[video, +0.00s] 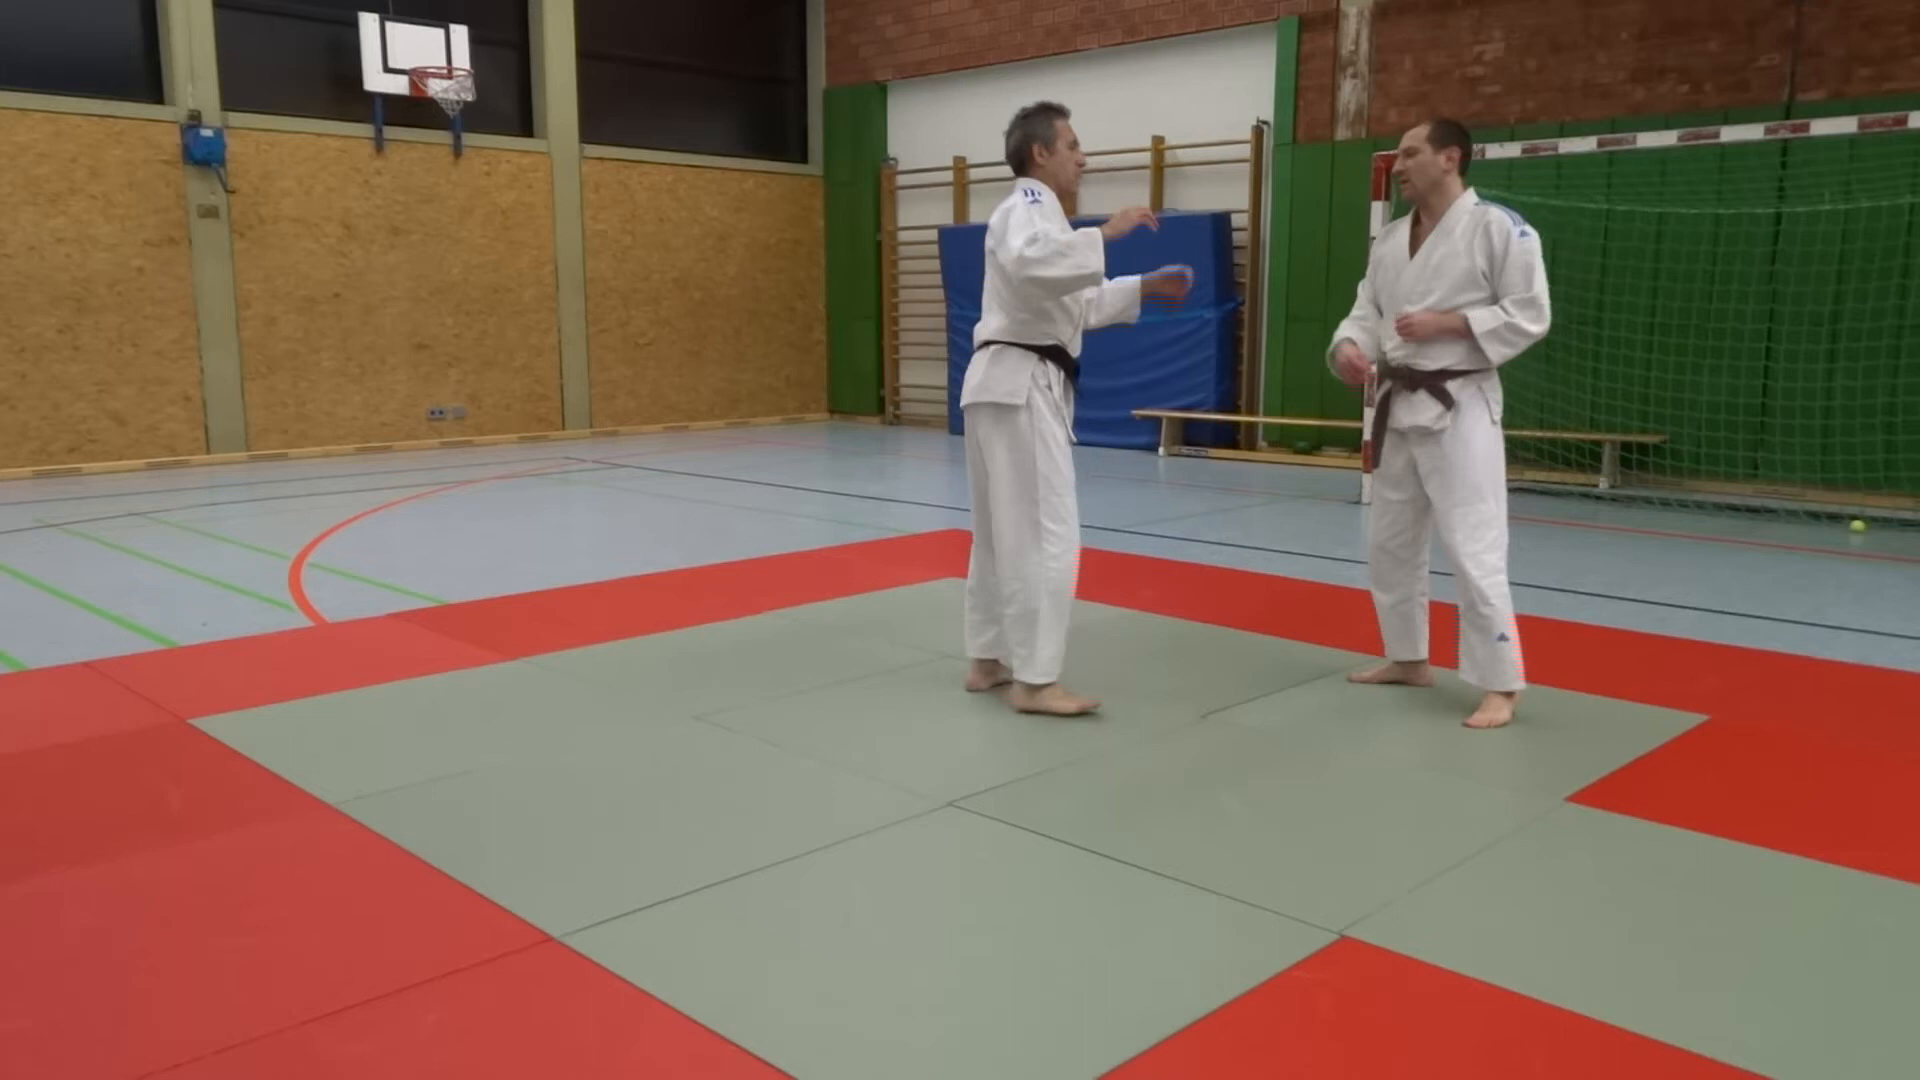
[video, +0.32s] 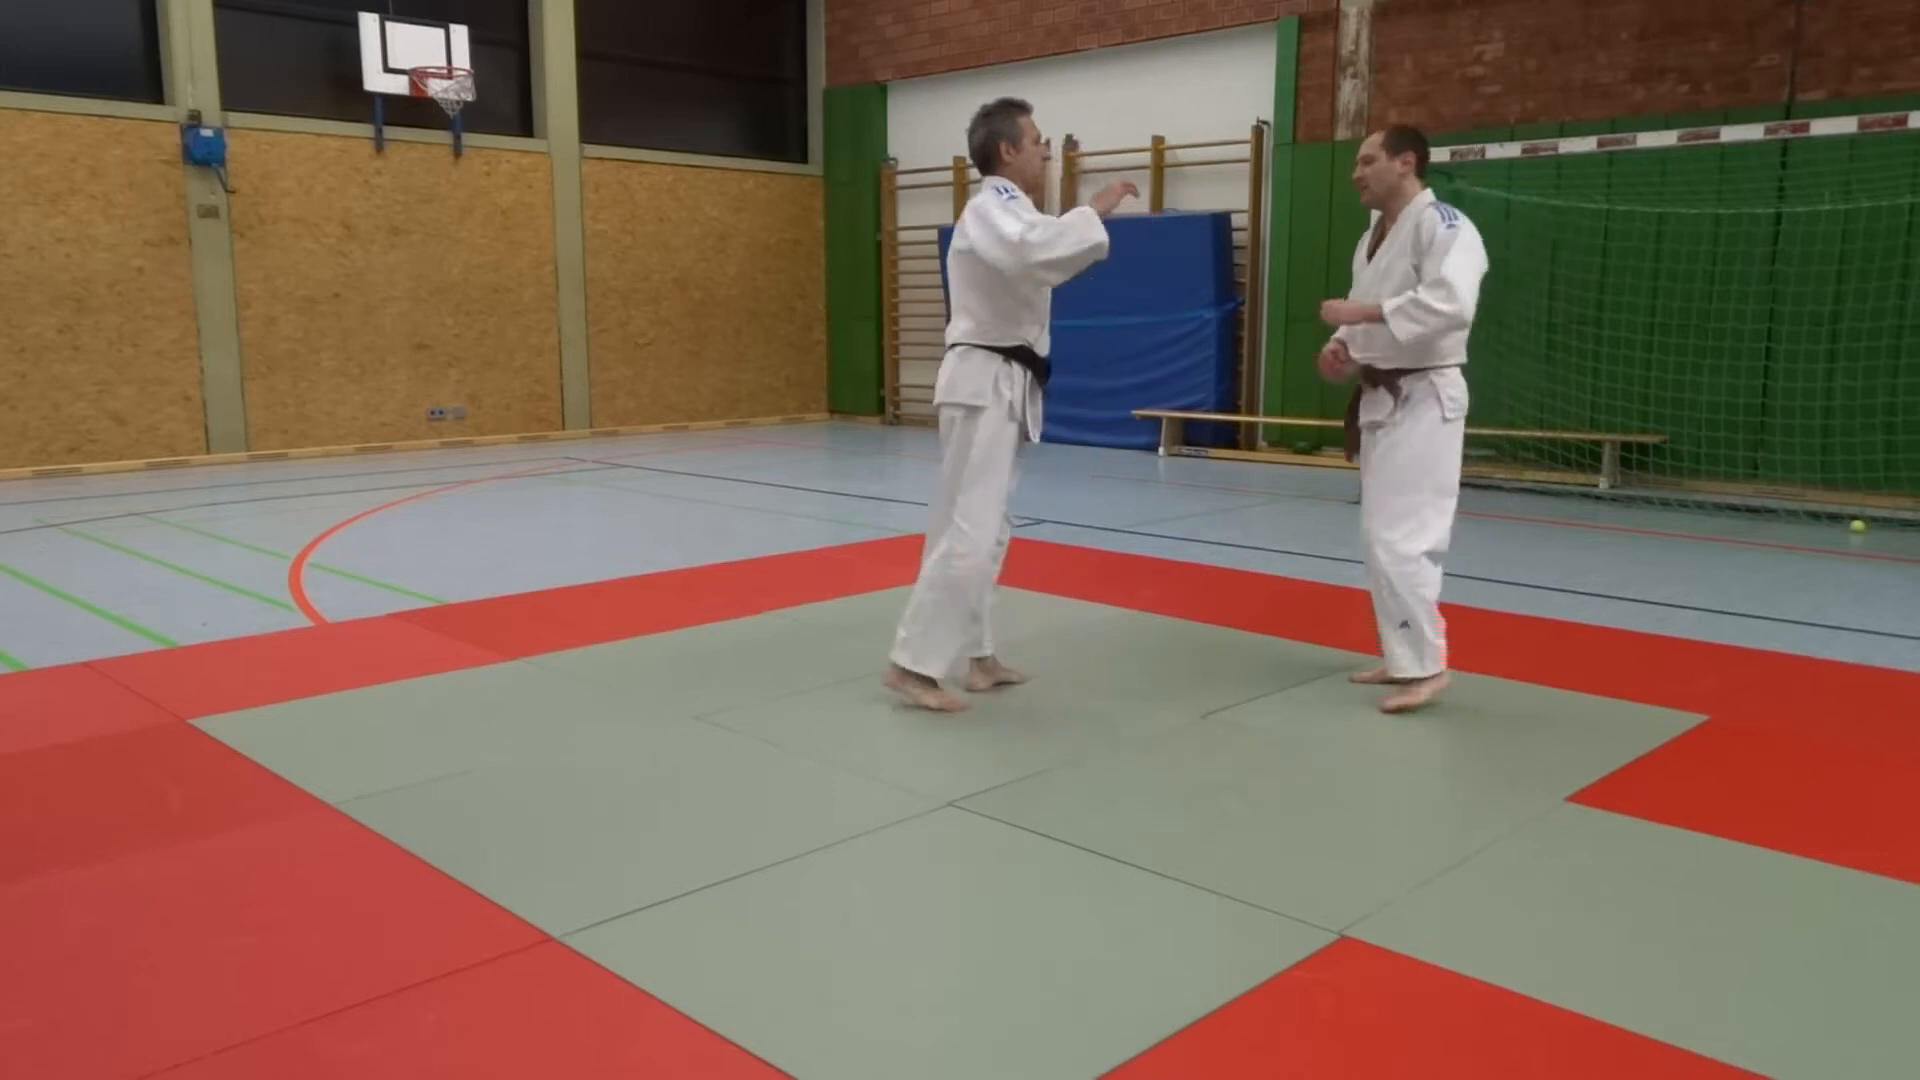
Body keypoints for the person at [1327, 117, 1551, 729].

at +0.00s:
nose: (1398, 165)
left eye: (1411, 154)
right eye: (1398, 156)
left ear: (1451, 160)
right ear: (1404, 166)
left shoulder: (1499, 229)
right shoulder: (1391, 240)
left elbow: (1530, 314)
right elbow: (1366, 314)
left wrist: (1453, 324)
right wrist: (1351, 343)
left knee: (1473, 549)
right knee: (1391, 540)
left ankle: (1501, 689)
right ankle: (1407, 661)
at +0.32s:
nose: (1357, 174)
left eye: (1368, 163)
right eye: (1357, 165)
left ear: (1407, 164)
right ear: (1393, 167)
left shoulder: (1446, 227)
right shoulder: (1371, 239)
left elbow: (1446, 305)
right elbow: (1368, 316)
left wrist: (1362, 313)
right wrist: (1342, 348)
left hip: (1425, 398)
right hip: (1380, 397)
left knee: (1399, 531)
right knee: (1382, 529)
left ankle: (1426, 665)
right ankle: (1401, 657)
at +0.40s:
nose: (1348, 174)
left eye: (1359, 163)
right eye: (1348, 165)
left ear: (1397, 165)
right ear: (1382, 169)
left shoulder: (1433, 227)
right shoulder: (1369, 240)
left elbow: (1412, 303)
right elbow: (1374, 330)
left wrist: (1336, 314)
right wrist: (1334, 349)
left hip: (1414, 399)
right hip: (1380, 398)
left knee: (1374, 531)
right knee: (1393, 530)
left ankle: (1382, 669)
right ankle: (1411, 654)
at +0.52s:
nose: (1335, 177)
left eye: (1345, 165)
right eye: (1336, 167)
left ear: (1383, 168)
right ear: (1375, 171)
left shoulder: (1416, 229)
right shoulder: (1367, 238)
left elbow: (1361, 289)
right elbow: (1356, 337)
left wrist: (1269, 324)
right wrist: (1314, 346)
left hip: (1399, 399)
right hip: (1372, 397)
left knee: (1351, 525)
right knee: (1392, 528)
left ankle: (1330, 666)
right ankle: (1409, 656)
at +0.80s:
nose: (1290, 174)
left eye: (1301, 165)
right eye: (1291, 165)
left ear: (1337, 172)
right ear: (1333, 174)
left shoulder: (1348, 236)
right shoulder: (1331, 232)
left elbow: (1308, 320)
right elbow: (1299, 311)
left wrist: (1232, 330)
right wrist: (1244, 329)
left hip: (1332, 400)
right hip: (1333, 396)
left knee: (1298, 531)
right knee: (1353, 532)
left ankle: (1271, 661)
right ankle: (1401, 650)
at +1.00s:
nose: (1251, 172)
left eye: (1260, 162)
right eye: (1252, 162)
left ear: (1296, 170)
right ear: (1293, 170)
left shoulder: (1300, 234)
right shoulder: (1299, 227)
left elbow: (1277, 325)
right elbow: (1283, 320)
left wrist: (1217, 314)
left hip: (1286, 397)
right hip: (1292, 394)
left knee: (1267, 529)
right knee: (1278, 523)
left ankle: (1272, 664)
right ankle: (1345, 619)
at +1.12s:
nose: (1230, 171)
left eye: (1240, 162)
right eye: (1232, 161)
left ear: (1275, 169)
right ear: (1268, 170)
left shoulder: (1284, 233)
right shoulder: (1265, 228)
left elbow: (1252, 323)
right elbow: (1246, 310)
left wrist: (1197, 301)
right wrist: (1202, 300)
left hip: (1269, 395)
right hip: (1244, 392)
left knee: (1259, 529)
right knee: (1222, 526)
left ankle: (1269, 663)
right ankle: (1273, 635)